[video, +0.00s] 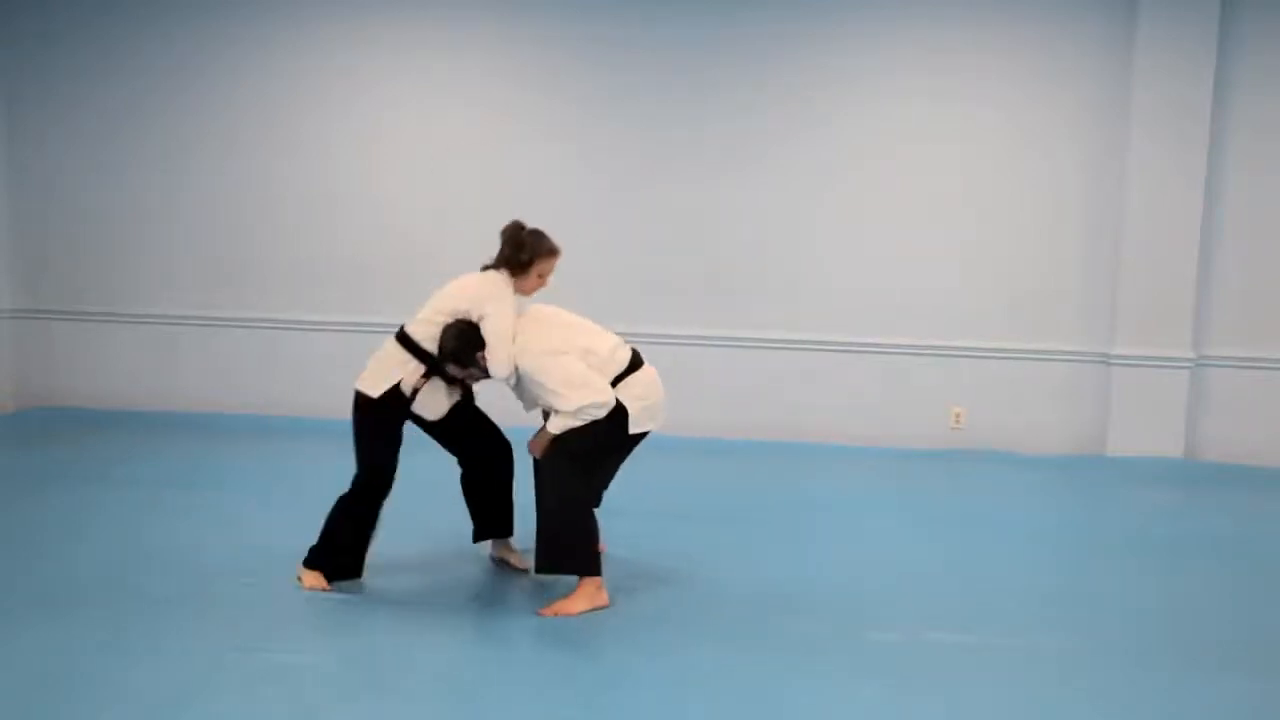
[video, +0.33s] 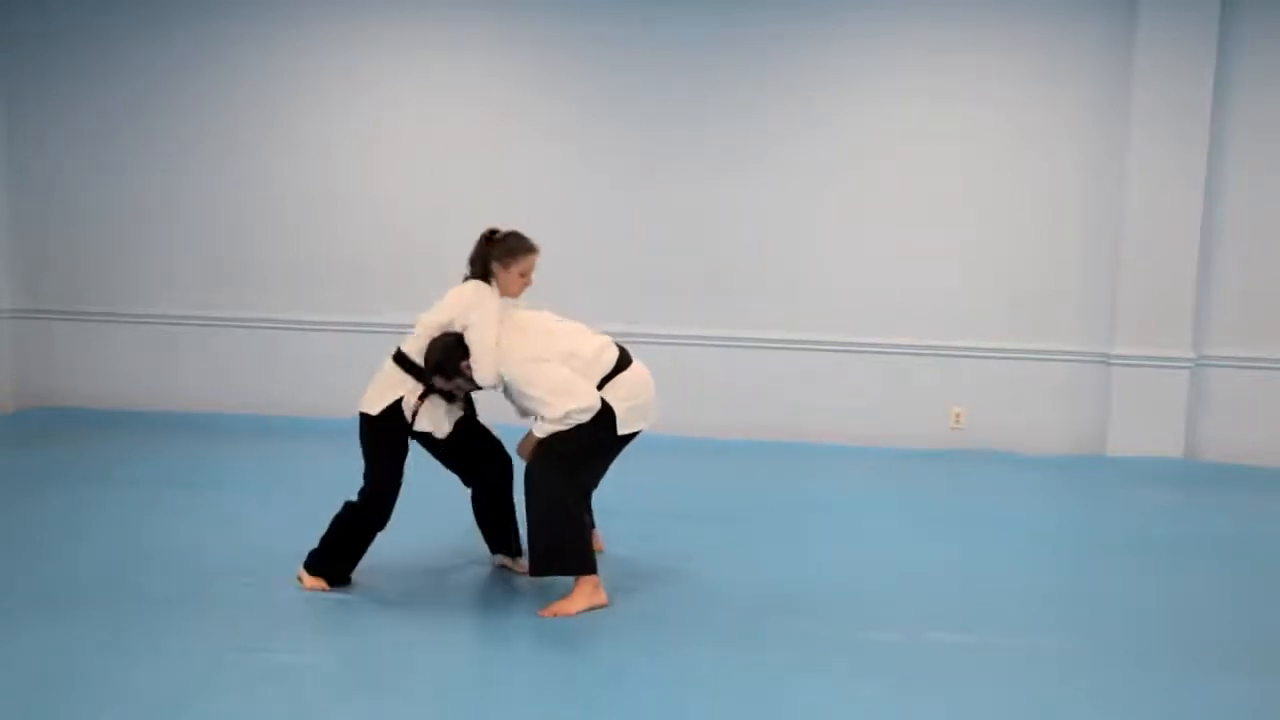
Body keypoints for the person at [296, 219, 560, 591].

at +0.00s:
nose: (545, 283)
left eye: (548, 275)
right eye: (542, 274)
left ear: (514, 262)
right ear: (520, 266)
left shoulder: (489, 285)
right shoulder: (497, 292)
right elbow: (501, 367)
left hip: (429, 389)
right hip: (385, 387)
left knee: (492, 451)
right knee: (374, 481)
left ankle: (500, 541)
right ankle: (317, 566)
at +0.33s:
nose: (529, 282)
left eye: (531, 274)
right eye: (524, 274)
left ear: (501, 270)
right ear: (498, 269)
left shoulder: (494, 302)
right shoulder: (480, 298)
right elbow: (486, 375)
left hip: (433, 404)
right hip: (391, 401)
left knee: (492, 464)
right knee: (379, 498)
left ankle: (506, 551)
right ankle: (319, 569)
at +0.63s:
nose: (502, 220)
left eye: (506, 212)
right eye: (496, 212)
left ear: (509, 207)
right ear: (473, 202)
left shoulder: (496, 228)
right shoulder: (453, 227)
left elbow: (533, 200)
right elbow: (467, 290)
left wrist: (560, 158)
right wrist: (479, 334)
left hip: (472, 373)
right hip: (420, 370)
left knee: (497, 463)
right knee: (382, 466)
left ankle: (509, 552)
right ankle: (321, 558)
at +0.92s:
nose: (479, 230)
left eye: (483, 222)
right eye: (470, 225)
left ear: (491, 212)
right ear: (448, 217)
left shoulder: (498, 238)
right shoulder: (426, 233)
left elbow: (536, 237)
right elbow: (388, 271)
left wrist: (518, 195)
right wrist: (429, 277)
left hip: (469, 372)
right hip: (410, 366)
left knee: (501, 459)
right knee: (351, 447)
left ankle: (507, 558)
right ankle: (285, 531)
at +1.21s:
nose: (442, 308)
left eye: (447, 299)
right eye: (434, 301)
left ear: (451, 294)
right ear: (406, 296)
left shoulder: (451, 322)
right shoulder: (376, 320)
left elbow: (491, 341)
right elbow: (353, 378)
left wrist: (472, 293)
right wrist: (393, 383)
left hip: (420, 421)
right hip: (360, 419)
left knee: (477, 463)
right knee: (294, 471)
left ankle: (504, 550)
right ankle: (270, 556)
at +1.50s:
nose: (408, 281)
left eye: (412, 272)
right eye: (399, 275)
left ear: (417, 262)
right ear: (373, 268)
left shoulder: (424, 296)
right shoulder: (345, 296)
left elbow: (449, 354)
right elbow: (323, 355)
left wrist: (452, 308)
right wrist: (349, 344)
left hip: (409, 400)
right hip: (350, 401)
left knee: (478, 461)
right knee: (290, 467)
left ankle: (497, 553)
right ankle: (276, 555)